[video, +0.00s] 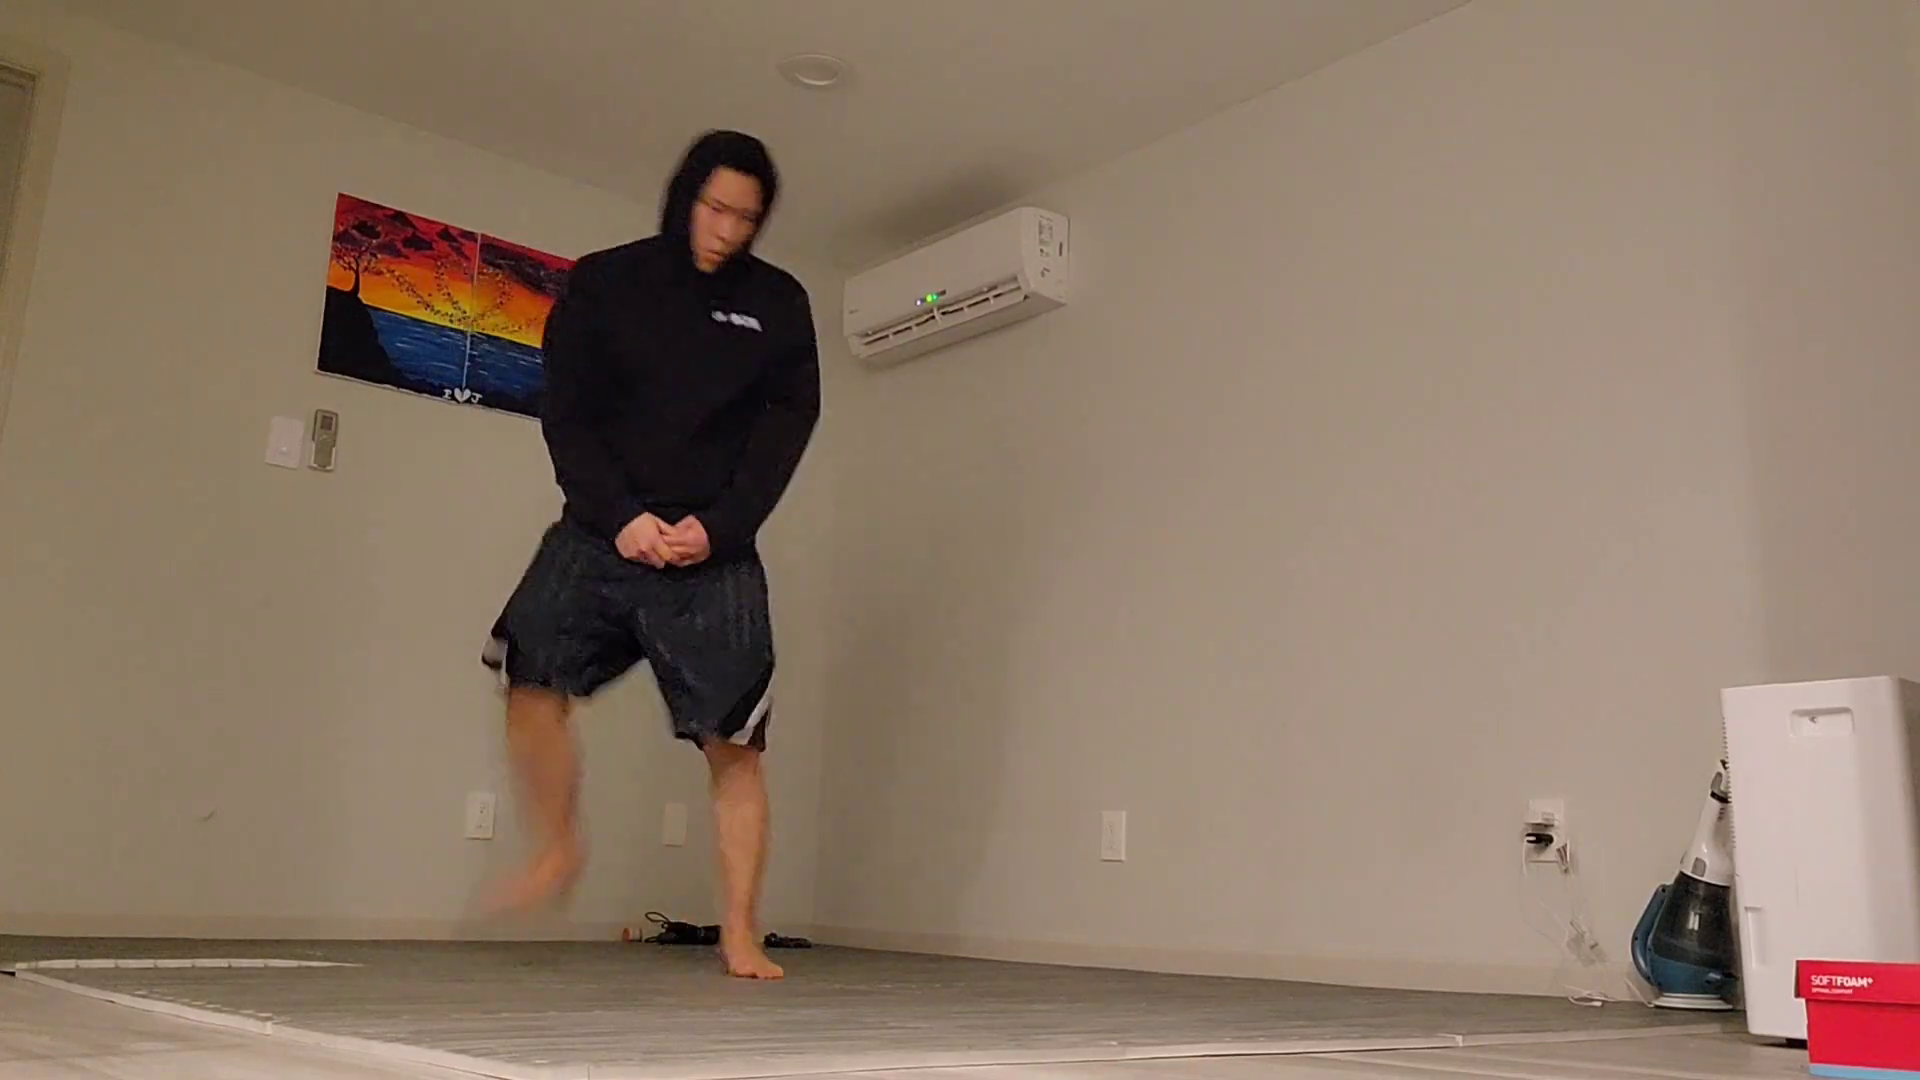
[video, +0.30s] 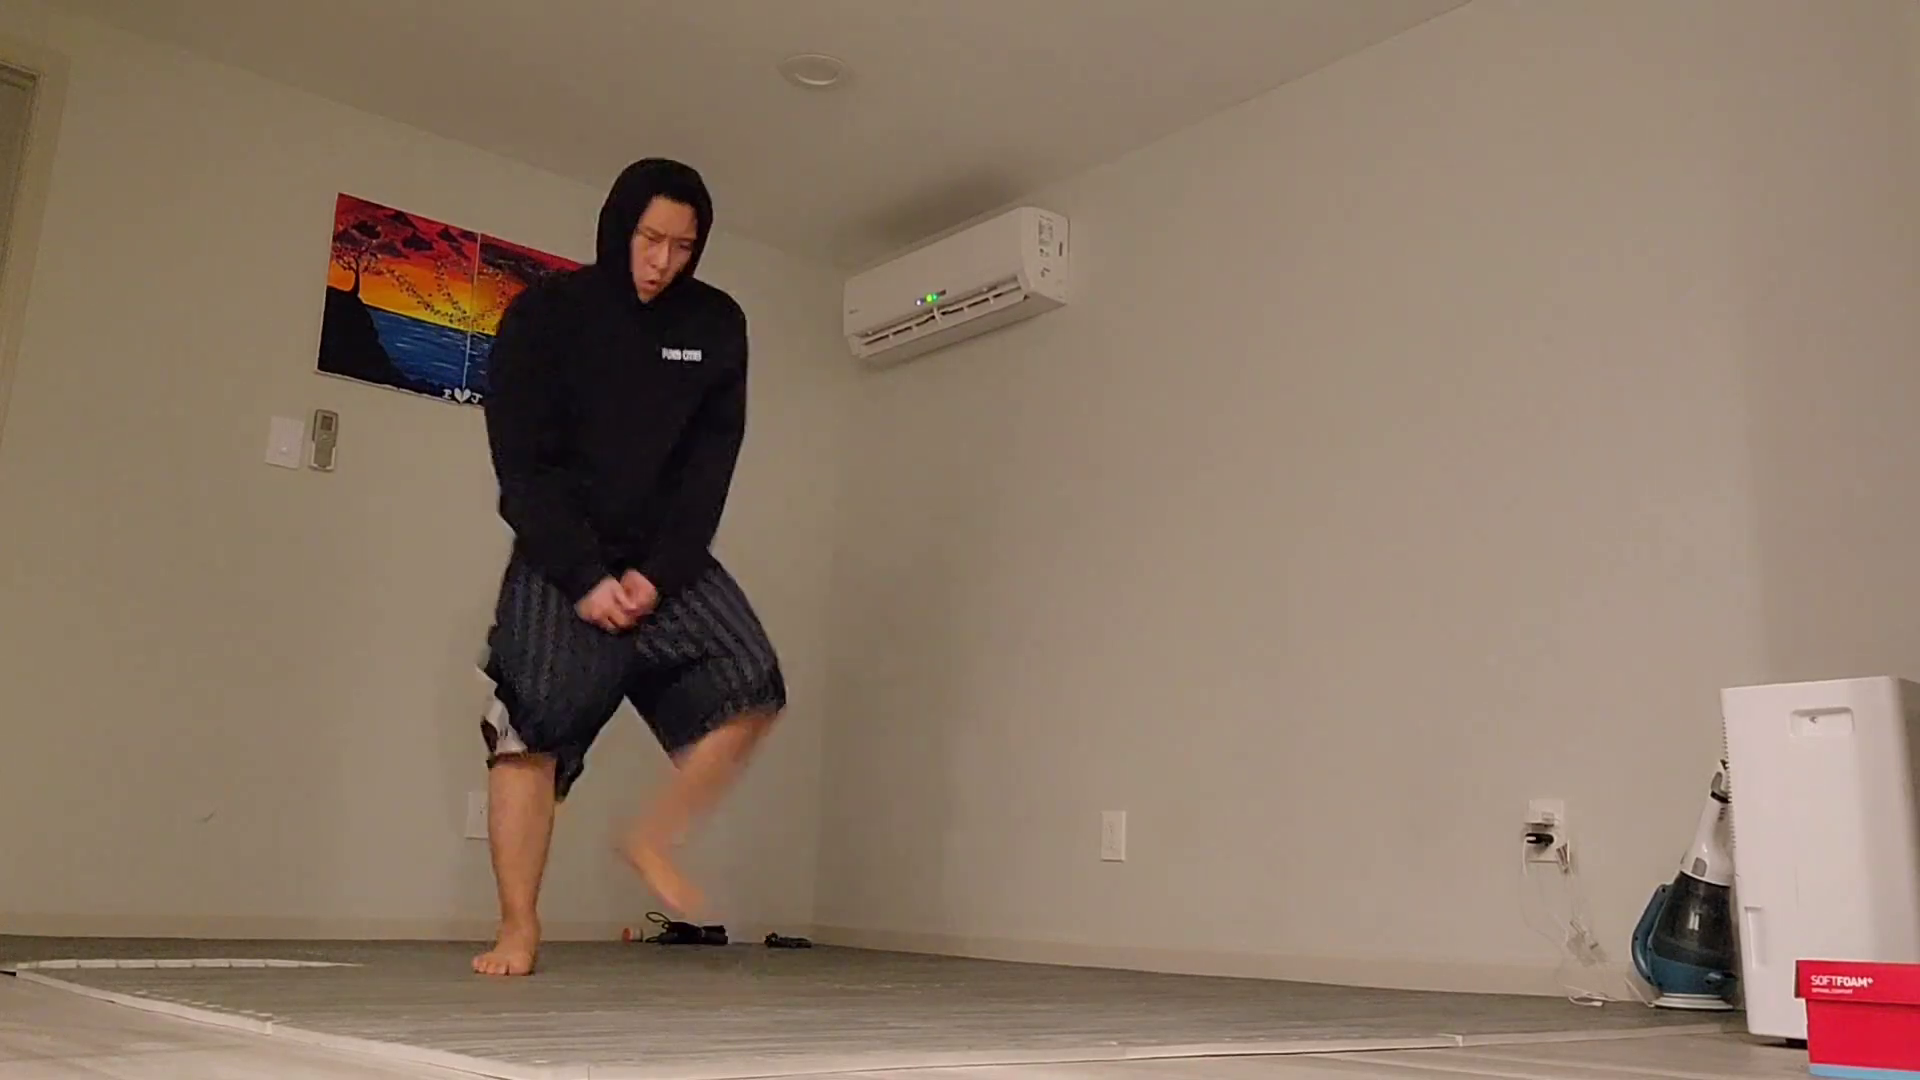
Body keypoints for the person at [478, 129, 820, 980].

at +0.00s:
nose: (727, 228)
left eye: (744, 216)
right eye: (716, 207)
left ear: (760, 222)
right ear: (686, 198)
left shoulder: (779, 303)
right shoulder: (600, 280)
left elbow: (791, 421)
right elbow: (562, 411)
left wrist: (722, 524)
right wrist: (617, 514)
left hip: (715, 550)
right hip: (598, 537)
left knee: (733, 740)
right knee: (530, 673)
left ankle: (740, 934)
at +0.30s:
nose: (662, 259)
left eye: (680, 244)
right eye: (649, 237)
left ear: (697, 247)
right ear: (615, 229)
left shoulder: (715, 323)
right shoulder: (544, 314)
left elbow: (711, 463)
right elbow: (520, 463)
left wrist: (660, 570)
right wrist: (581, 573)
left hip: (669, 555)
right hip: (559, 551)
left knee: (751, 694)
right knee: (528, 736)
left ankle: (652, 840)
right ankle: (517, 931)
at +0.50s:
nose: (675, 230)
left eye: (693, 217)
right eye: (666, 207)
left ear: (706, 218)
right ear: (630, 190)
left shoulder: (705, 285)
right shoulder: (546, 248)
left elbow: (718, 393)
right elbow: (513, 386)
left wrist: (684, 467)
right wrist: (603, 463)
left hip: (643, 522)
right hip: (542, 512)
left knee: (720, 682)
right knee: (504, 708)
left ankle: (617, 838)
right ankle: (433, 908)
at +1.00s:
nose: (730, 275)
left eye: (747, 263)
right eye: (721, 254)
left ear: (759, 266)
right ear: (687, 239)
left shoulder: (760, 341)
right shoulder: (596, 294)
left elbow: (764, 456)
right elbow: (535, 411)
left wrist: (697, 518)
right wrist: (606, 495)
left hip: (677, 551)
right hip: (569, 532)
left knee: (697, 734)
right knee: (527, 681)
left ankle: (688, 925)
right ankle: (533, 833)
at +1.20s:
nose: (694, 279)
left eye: (710, 268)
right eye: (684, 260)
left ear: (722, 272)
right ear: (651, 250)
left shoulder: (737, 335)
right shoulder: (578, 312)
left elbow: (804, 417)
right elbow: (490, 396)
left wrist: (793, 486)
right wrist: (536, 448)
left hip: (677, 584)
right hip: (566, 575)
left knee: (698, 765)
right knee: (509, 732)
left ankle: (717, 932)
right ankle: (489, 923)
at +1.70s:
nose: (643, 268)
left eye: (655, 256)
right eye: (632, 249)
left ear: (663, 256)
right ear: (593, 236)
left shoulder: (665, 320)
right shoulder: (517, 304)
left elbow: (702, 410)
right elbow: (445, 407)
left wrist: (695, 458)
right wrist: (512, 470)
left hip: (638, 554)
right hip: (541, 553)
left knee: (654, 727)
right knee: (521, 726)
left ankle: (608, 906)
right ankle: (488, 897)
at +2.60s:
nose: (660, 368)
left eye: (670, 358)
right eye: (656, 350)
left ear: (667, 361)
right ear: (619, 335)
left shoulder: (628, 415)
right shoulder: (552, 387)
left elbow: (659, 492)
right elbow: (534, 477)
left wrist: (721, 547)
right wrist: (606, 549)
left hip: (586, 601)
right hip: (525, 594)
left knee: (607, 766)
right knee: (584, 742)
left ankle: (533, 917)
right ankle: (564, 928)